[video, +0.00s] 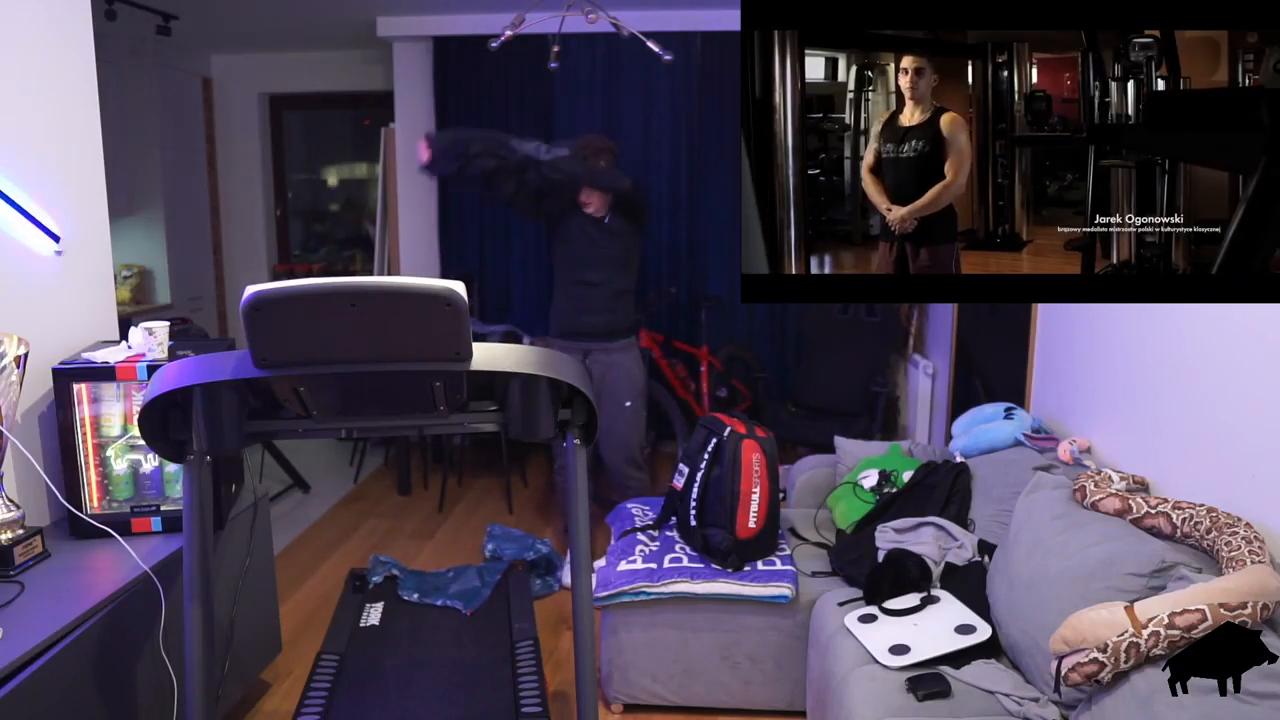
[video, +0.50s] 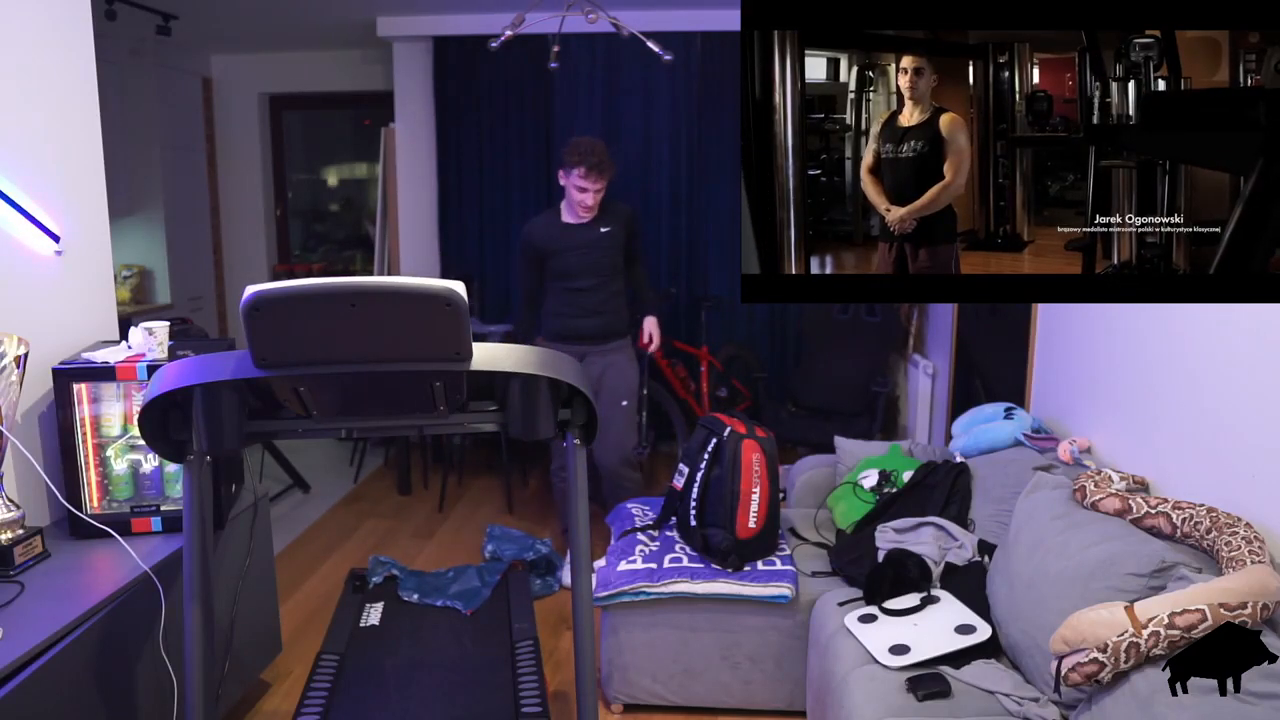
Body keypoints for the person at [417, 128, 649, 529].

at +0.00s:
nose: (587, 197)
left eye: (596, 189)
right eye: (581, 188)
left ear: (613, 187)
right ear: (571, 186)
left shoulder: (630, 216)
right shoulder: (559, 210)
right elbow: (510, 172)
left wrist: (548, 160)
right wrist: (449, 151)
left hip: (616, 349)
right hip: (563, 348)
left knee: (623, 449)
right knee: (568, 445)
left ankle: (636, 537)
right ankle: (573, 532)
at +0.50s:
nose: (589, 198)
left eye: (597, 190)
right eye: (581, 189)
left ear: (607, 184)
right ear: (562, 180)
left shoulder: (620, 221)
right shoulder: (539, 232)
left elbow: (636, 271)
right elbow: (528, 295)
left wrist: (649, 313)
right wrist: (527, 346)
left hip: (615, 354)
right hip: (559, 357)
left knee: (615, 455)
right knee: (566, 457)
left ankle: (633, 541)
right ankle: (573, 545)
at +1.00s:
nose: (640, 199)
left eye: (648, 192)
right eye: (634, 187)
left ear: (655, 190)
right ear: (611, 174)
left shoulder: (653, 225)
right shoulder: (571, 222)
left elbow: (664, 287)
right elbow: (547, 287)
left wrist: (649, 331)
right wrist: (591, 311)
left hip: (639, 347)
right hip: (587, 348)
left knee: (656, 446)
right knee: (587, 446)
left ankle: (656, 537)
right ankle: (585, 530)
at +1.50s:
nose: (668, 184)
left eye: (679, 178)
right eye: (663, 172)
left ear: (690, 182)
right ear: (648, 167)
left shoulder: (701, 231)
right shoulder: (618, 220)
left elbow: (725, 299)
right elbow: (574, 278)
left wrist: (764, 332)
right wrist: (578, 242)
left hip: (676, 361)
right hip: (618, 361)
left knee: (679, 464)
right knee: (604, 463)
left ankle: (683, 557)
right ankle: (587, 548)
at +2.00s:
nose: (666, 180)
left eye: (676, 171)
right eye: (659, 170)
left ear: (693, 174)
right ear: (649, 171)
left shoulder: (713, 226)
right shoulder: (627, 222)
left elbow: (729, 291)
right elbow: (598, 286)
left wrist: (703, 313)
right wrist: (633, 261)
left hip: (690, 361)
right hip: (631, 361)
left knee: (687, 462)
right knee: (629, 462)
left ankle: (683, 549)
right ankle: (599, 534)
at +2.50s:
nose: (625, 205)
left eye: (633, 194)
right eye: (617, 195)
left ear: (655, 183)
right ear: (607, 190)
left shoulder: (686, 226)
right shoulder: (601, 227)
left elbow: (717, 294)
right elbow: (584, 294)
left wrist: (670, 274)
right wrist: (613, 284)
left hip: (669, 367)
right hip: (610, 368)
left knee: (674, 476)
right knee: (591, 474)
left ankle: (684, 576)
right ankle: (572, 575)